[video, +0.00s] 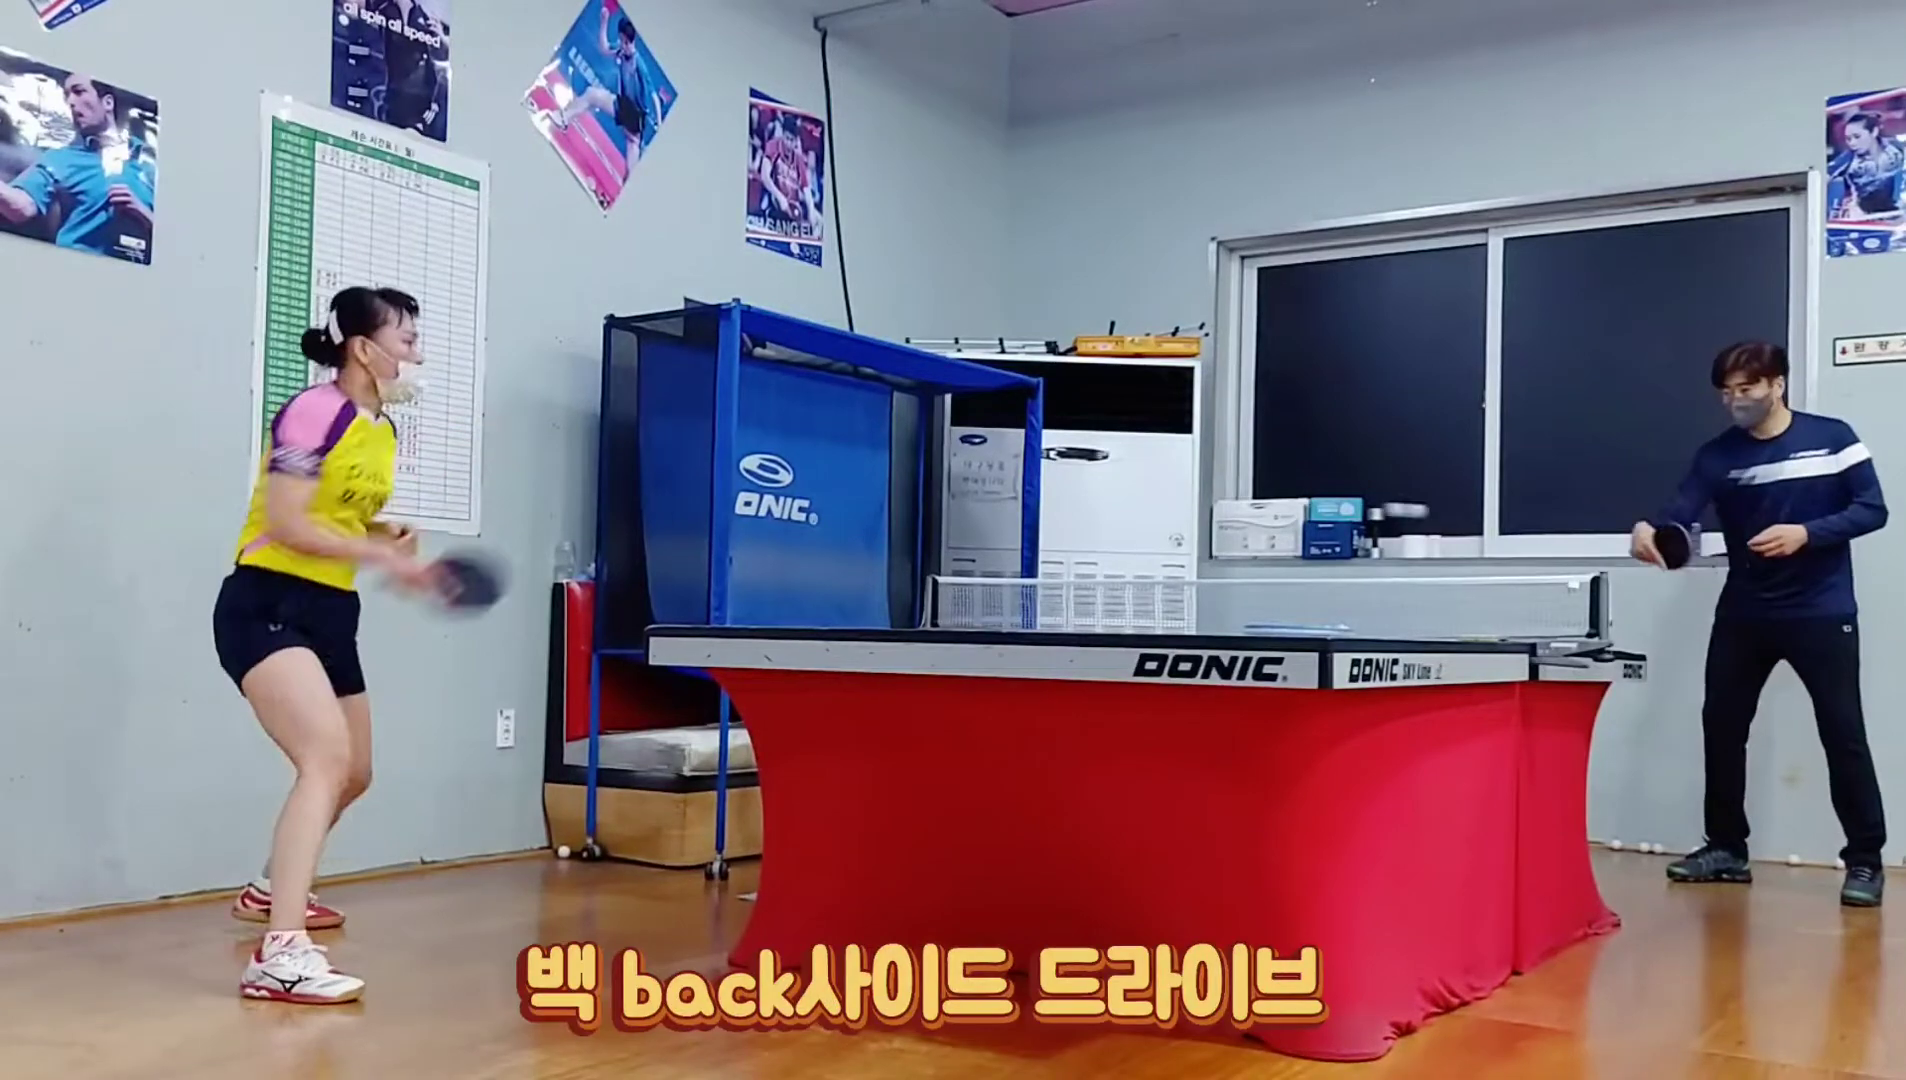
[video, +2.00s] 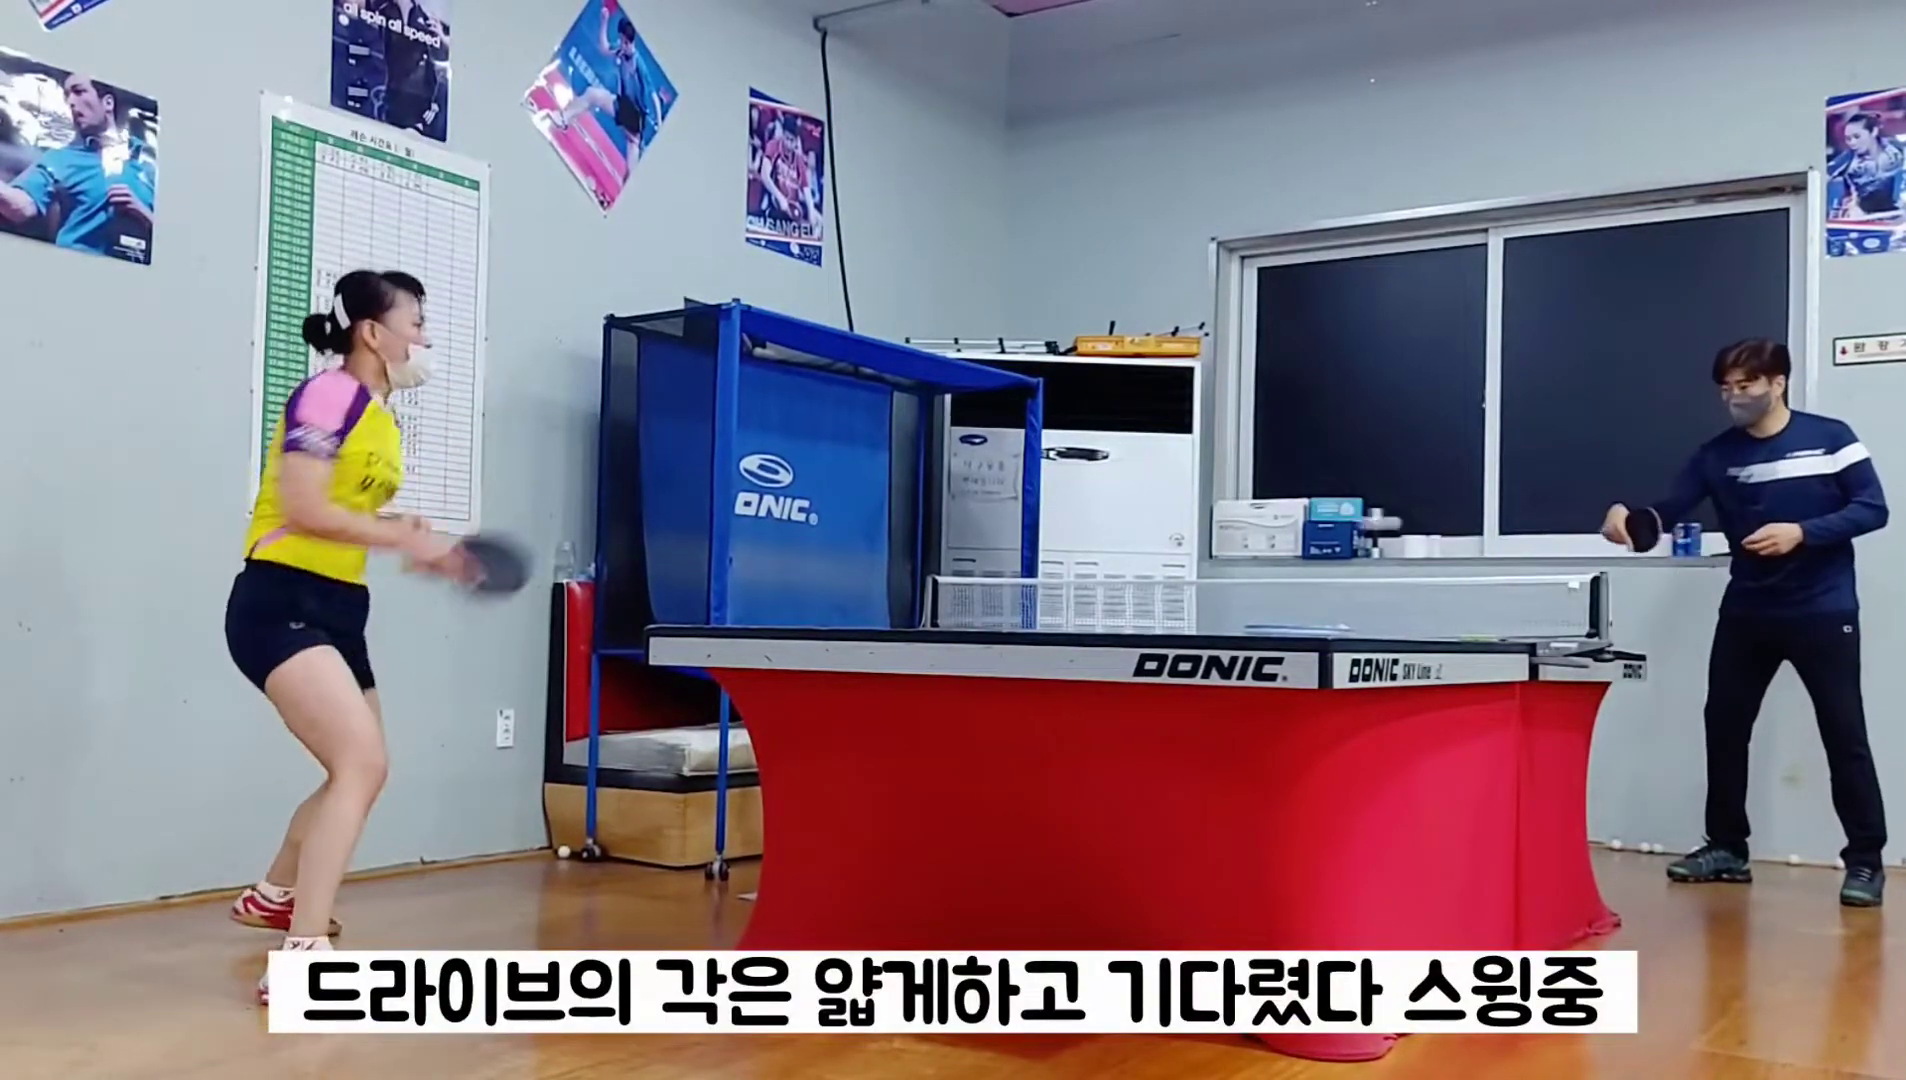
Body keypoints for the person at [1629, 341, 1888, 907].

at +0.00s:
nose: (1736, 399)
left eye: (1746, 388)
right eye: (1728, 391)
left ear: (1777, 386)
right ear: (1721, 396)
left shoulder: (1833, 438)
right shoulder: (1717, 456)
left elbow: (1873, 509)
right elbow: (1680, 520)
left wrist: (1806, 532)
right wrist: (1652, 532)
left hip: (1821, 616)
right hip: (1744, 615)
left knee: (1843, 736)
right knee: (1721, 726)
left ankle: (1863, 862)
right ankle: (1726, 849)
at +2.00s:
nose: (1733, 395)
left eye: (1744, 384)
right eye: (1726, 387)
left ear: (1777, 383)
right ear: (1721, 393)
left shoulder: (1831, 437)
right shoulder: (1716, 456)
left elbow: (1873, 508)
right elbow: (1664, 514)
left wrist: (1801, 531)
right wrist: (1628, 519)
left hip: (1823, 614)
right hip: (1747, 614)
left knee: (1845, 739)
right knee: (1724, 727)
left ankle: (1864, 863)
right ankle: (1727, 849)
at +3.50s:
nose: (1730, 395)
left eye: (1741, 384)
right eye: (1723, 388)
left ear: (1772, 383)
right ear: (1718, 395)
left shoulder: (1822, 437)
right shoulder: (1726, 456)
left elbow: (1860, 510)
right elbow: (1726, 531)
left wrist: (1776, 529)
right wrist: (1693, 569)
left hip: (1816, 616)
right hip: (1747, 616)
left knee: (1839, 737)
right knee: (1725, 726)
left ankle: (1864, 863)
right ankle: (1728, 849)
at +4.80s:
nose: (1721, 410)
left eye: (1732, 399)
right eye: (1714, 401)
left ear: (1764, 396)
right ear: (1708, 402)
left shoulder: (1819, 443)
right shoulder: (1710, 462)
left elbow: (1862, 515)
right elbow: (1668, 516)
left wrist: (1788, 536)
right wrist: (1640, 554)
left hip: (1813, 618)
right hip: (1740, 618)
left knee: (1839, 737)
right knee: (1713, 723)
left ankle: (1864, 863)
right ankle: (1725, 848)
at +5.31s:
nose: (1722, 394)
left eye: (1733, 383)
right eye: (1715, 387)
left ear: (1763, 386)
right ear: (1708, 396)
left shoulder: (1811, 440)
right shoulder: (1708, 462)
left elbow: (1846, 514)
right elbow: (1690, 533)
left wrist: (1766, 534)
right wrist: (1662, 555)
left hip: (1804, 618)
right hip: (1733, 619)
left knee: (1834, 739)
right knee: (1709, 721)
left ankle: (1863, 862)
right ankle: (1724, 848)